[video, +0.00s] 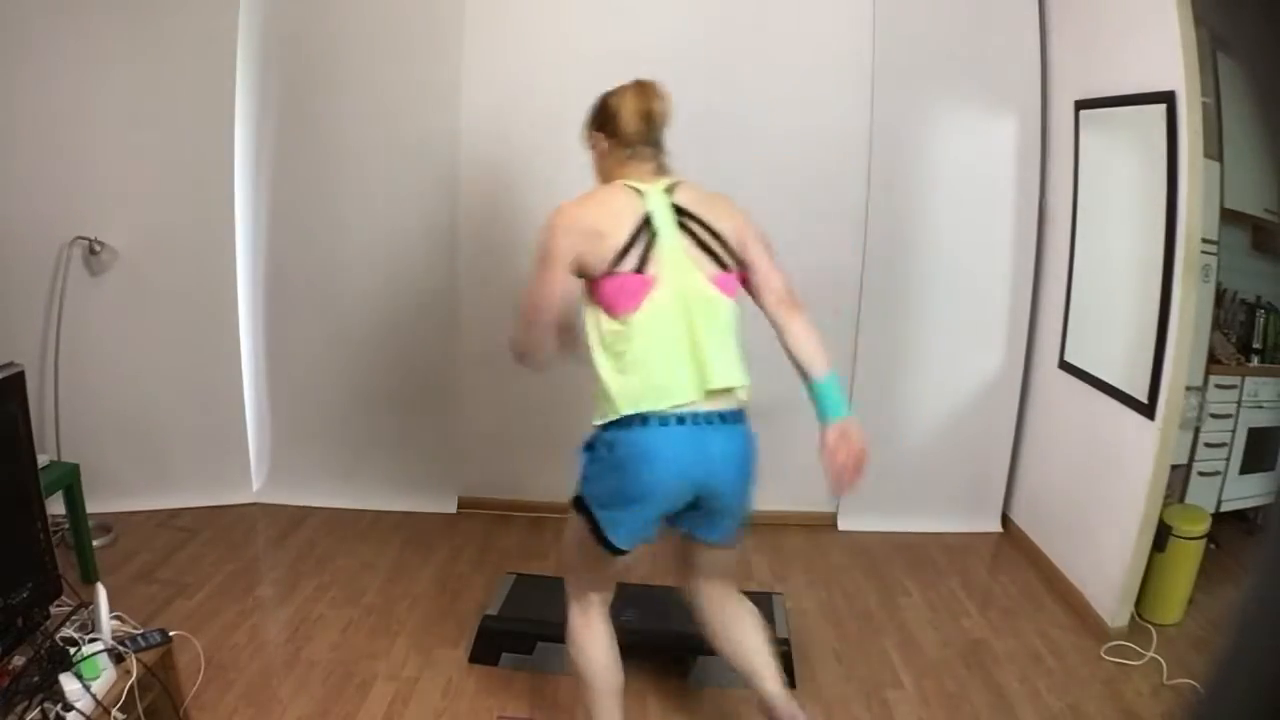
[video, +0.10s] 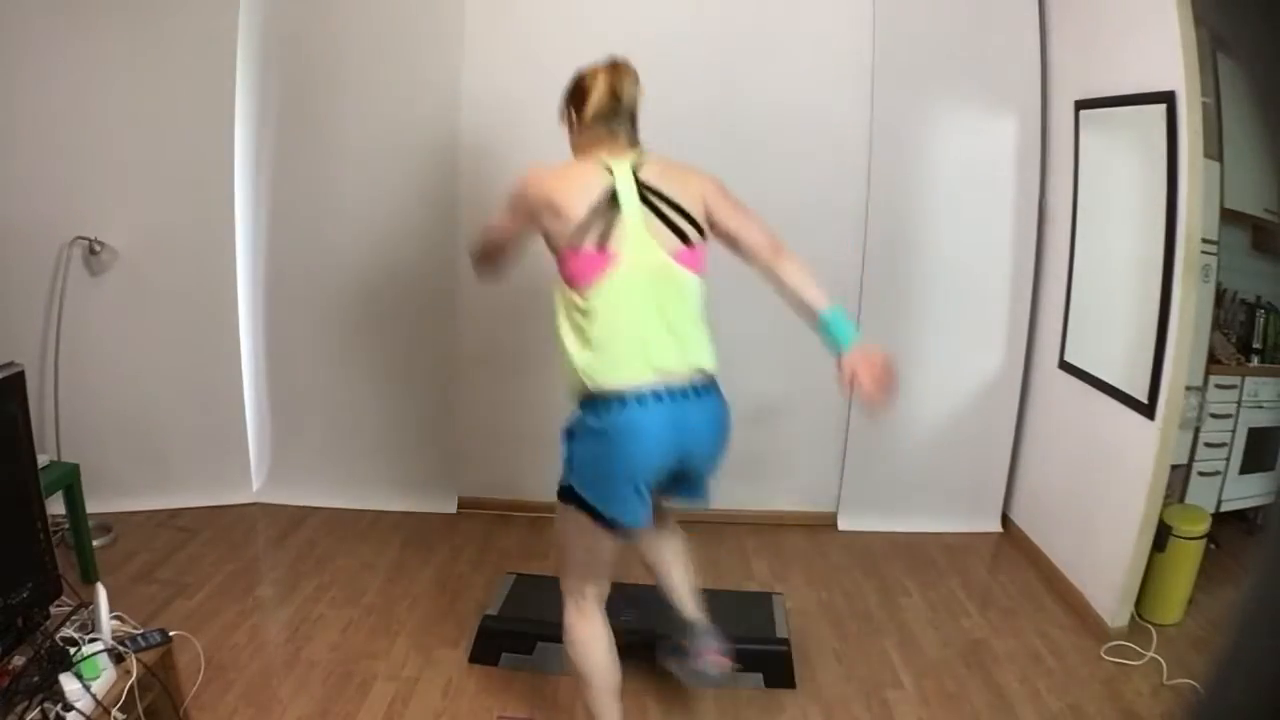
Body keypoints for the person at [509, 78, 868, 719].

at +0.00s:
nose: (591, 153)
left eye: (590, 144)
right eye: (591, 145)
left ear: (600, 142)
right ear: (662, 141)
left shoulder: (579, 219)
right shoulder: (721, 213)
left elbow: (533, 345)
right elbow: (786, 311)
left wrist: (574, 323)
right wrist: (834, 410)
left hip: (639, 451)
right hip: (726, 446)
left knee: (587, 593)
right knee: (715, 585)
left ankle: (605, 714)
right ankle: (784, 706)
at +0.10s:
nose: (565, 130)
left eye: (565, 122)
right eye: (571, 122)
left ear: (572, 121)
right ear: (634, 120)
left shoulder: (548, 188)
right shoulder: (687, 183)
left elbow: (488, 256)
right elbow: (773, 257)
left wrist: (515, 216)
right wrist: (845, 338)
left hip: (619, 428)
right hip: (701, 416)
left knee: (584, 599)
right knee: (655, 513)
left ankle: (607, 713)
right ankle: (701, 636)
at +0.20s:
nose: (553, 81)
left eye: (553, 72)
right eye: (558, 73)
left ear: (561, 70)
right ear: (622, 71)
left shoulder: (536, 127)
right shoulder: (670, 135)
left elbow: (458, 173)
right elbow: (761, 199)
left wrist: (509, 145)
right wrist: (829, 282)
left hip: (594, 367)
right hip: (672, 357)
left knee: (588, 561)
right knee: (609, 472)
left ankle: (602, 706)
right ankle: (610, 596)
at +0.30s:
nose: (538, 66)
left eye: (538, 56)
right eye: (541, 56)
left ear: (550, 52)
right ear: (602, 51)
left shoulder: (529, 100)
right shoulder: (658, 117)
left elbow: (440, 158)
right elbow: (734, 192)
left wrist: (487, 131)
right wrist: (792, 271)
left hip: (570, 325)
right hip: (645, 325)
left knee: (552, 509)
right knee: (579, 453)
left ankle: (572, 674)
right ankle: (556, 566)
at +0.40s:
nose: (521, 79)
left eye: (520, 69)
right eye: (519, 70)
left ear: (540, 58)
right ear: (580, 58)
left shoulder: (525, 113)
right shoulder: (634, 124)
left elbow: (431, 178)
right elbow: (700, 207)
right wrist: (743, 290)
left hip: (552, 327)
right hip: (622, 326)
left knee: (505, 480)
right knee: (557, 451)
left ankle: (508, 640)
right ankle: (554, 591)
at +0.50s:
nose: (501, 81)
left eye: (503, 68)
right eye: (500, 69)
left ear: (525, 59)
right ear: (553, 59)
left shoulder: (515, 114)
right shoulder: (609, 119)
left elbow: (431, 205)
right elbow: (667, 207)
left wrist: (377, 270)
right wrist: (669, 295)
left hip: (541, 319)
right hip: (606, 318)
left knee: (480, 448)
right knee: (550, 444)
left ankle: (459, 594)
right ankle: (553, 587)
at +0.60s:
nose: (483, 83)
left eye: (484, 69)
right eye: (480, 71)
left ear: (510, 58)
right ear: (538, 58)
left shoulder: (507, 116)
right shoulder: (590, 115)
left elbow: (461, 210)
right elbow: (638, 200)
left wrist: (414, 299)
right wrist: (594, 253)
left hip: (526, 312)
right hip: (589, 311)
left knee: (468, 434)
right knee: (545, 439)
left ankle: (436, 557)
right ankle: (554, 583)